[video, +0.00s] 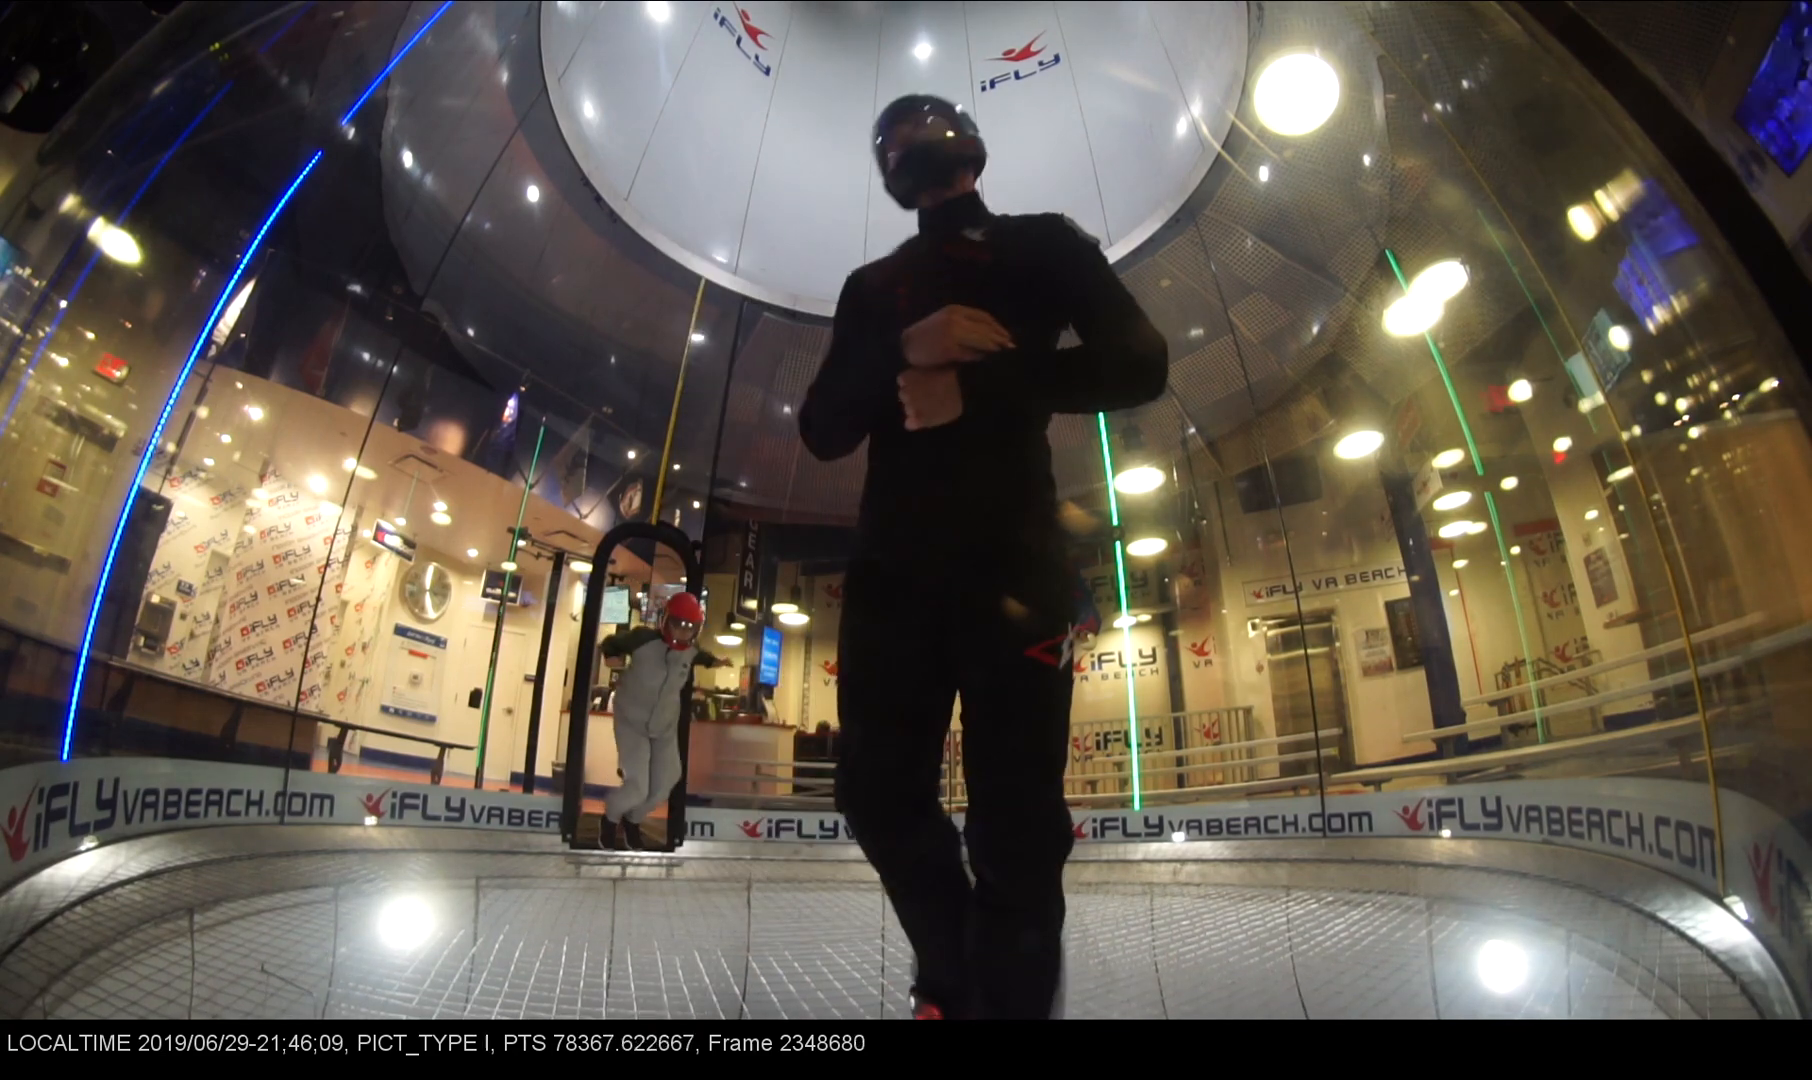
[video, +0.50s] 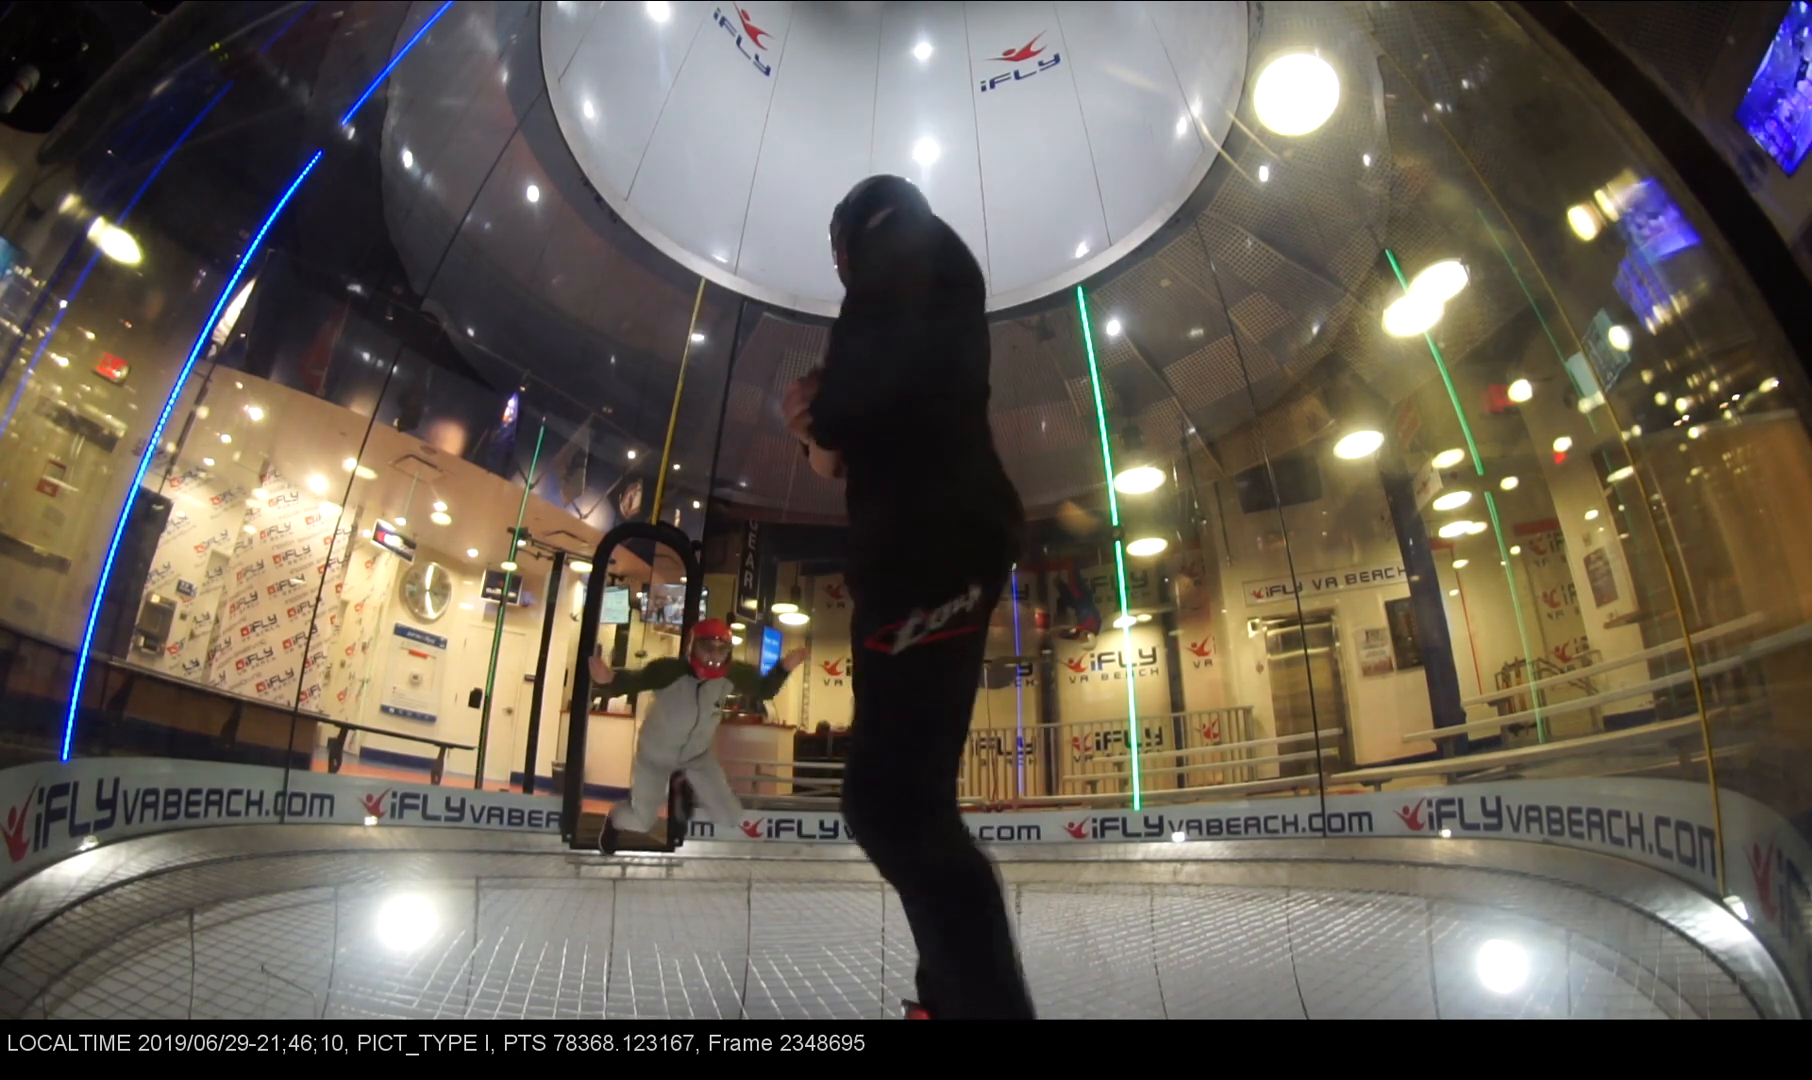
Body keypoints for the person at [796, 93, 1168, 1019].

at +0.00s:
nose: (915, 150)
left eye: (934, 131)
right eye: (896, 144)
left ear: (975, 156)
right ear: (885, 178)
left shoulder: (1044, 243)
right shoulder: (870, 291)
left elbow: (1141, 364)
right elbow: (823, 431)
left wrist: (980, 385)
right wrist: (898, 344)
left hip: (1015, 560)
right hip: (897, 569)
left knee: (1017, 811)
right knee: (880, 794)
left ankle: (1016, 1003)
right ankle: (957, 980)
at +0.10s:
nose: (871, 197)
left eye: (883, 177)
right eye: (865, 190)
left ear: (937, 170)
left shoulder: (1027, 236)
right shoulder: (874, 303)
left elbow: (1120, 355)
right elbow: (831, 442)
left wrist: (949, 388)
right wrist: (882, 363)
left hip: (1001, 553)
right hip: (896, 565)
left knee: (1008, 801)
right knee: (893, 792)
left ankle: (1009, 1003)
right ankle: (950, 988)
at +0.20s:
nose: (856, 219)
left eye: (866, 200)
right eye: (854, 210)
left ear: (913, 188)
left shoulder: (997, 228)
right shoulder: (880, 305)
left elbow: (1082, 329)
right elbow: (845, 456)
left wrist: (917, 388)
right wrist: (853, 365)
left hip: (990, 537)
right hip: (897, 550)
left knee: (989, 787)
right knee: (905, 781)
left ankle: (1005, 1002)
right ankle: (951, 990)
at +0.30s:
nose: (845, 238)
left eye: (852, 220)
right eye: (842, 230)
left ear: (890, 201)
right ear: (872, 230)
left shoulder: (970, 219)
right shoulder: (875, 308)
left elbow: (1026, 316)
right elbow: (869, 460)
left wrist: (881, 390)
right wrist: (836, 401)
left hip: (974, 538)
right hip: (902, 551)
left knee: (968, 789)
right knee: (908, 785)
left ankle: (998, 1003)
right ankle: (957, 992)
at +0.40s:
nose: (848, 260)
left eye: (852, 241)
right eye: (843, 250)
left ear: (887, 214)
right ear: (893, 217)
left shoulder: (940, 233)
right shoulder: (882, 295)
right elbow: (857, 448)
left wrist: (838, 411)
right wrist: (822, 409)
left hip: (951, 542)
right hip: (906, 549)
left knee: (934, 783)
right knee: (909, 783)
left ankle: (982, 1002)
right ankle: (957, 992)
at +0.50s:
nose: (839, 268)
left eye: (839, 252)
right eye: (836, 258)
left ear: (858, 226)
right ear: (902, 212)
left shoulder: (904, 247)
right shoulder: (914, 268)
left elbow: (885, 381)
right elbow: (907, 420)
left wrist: (821, 410)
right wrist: (839, 440)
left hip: (929, 548)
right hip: (936, 544)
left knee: (889, 803)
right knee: (909, 801)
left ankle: (985, 1006)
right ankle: (954, 996)